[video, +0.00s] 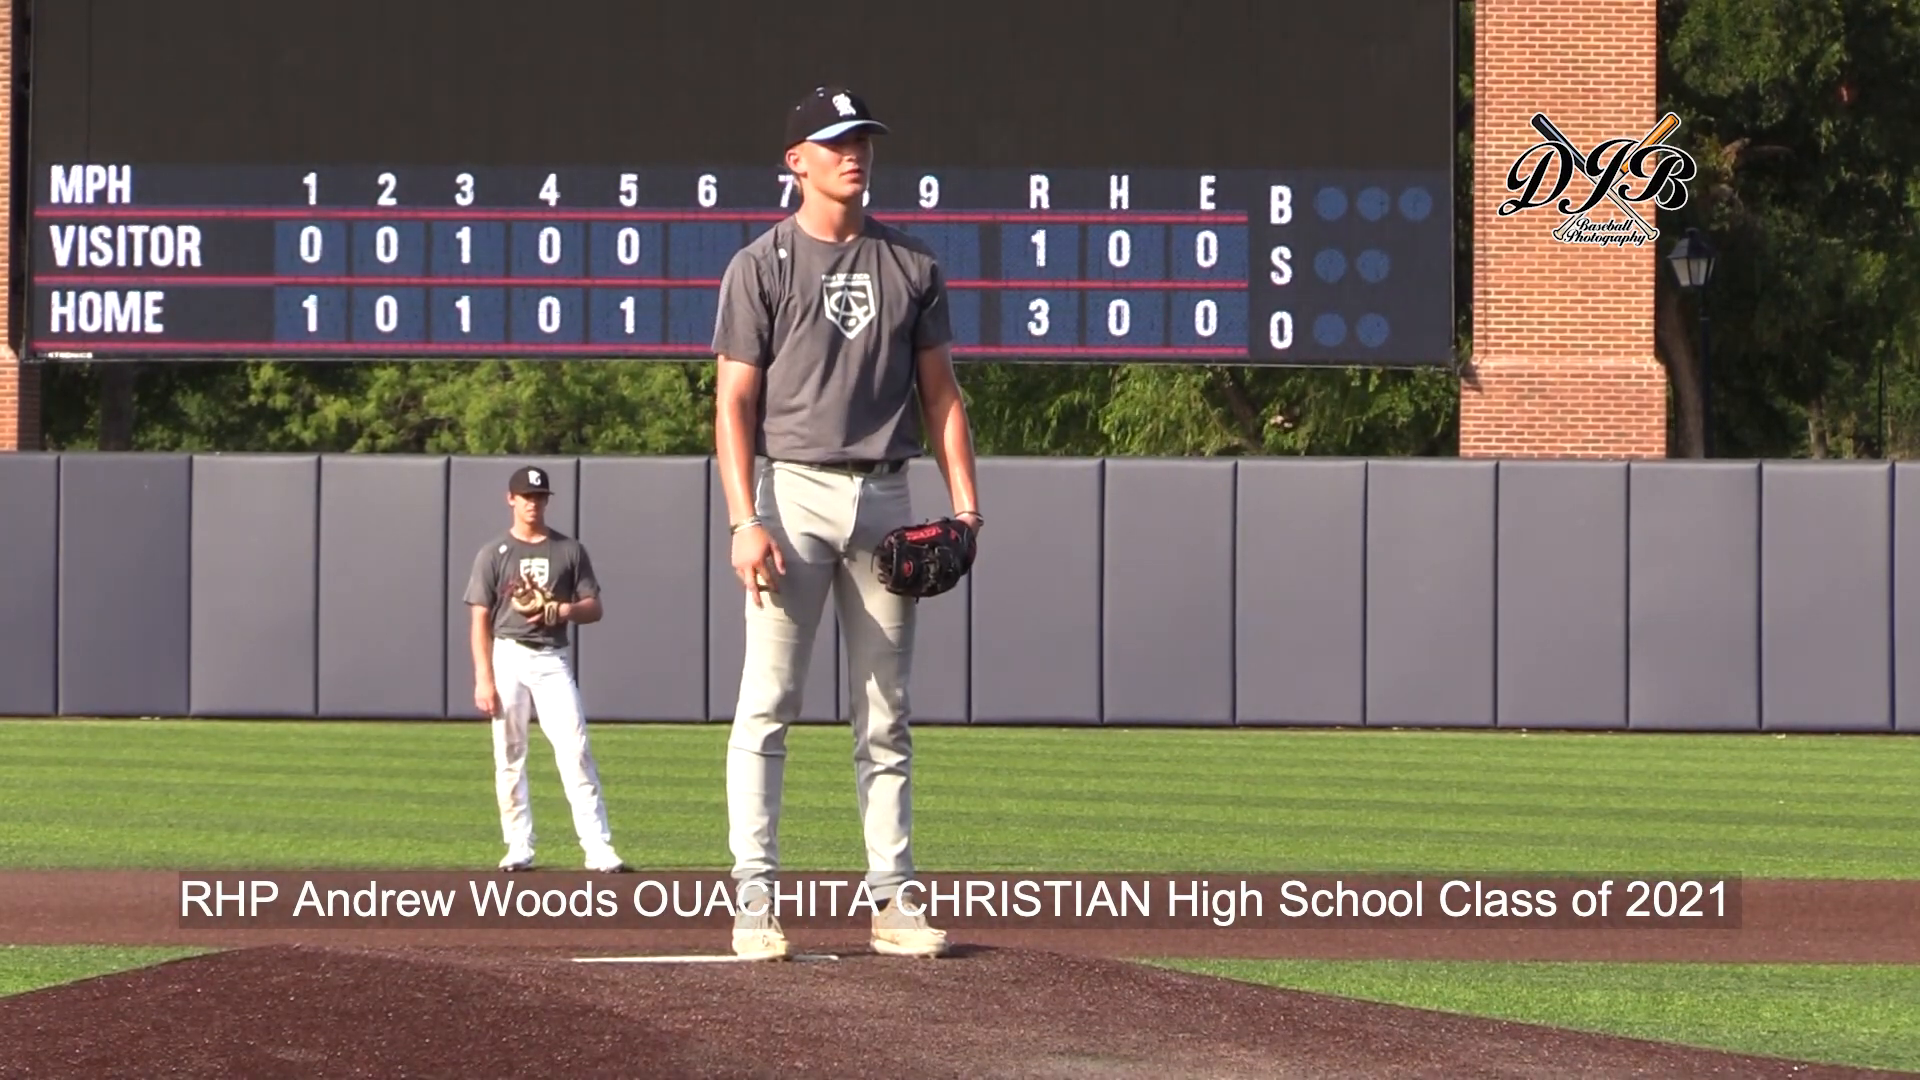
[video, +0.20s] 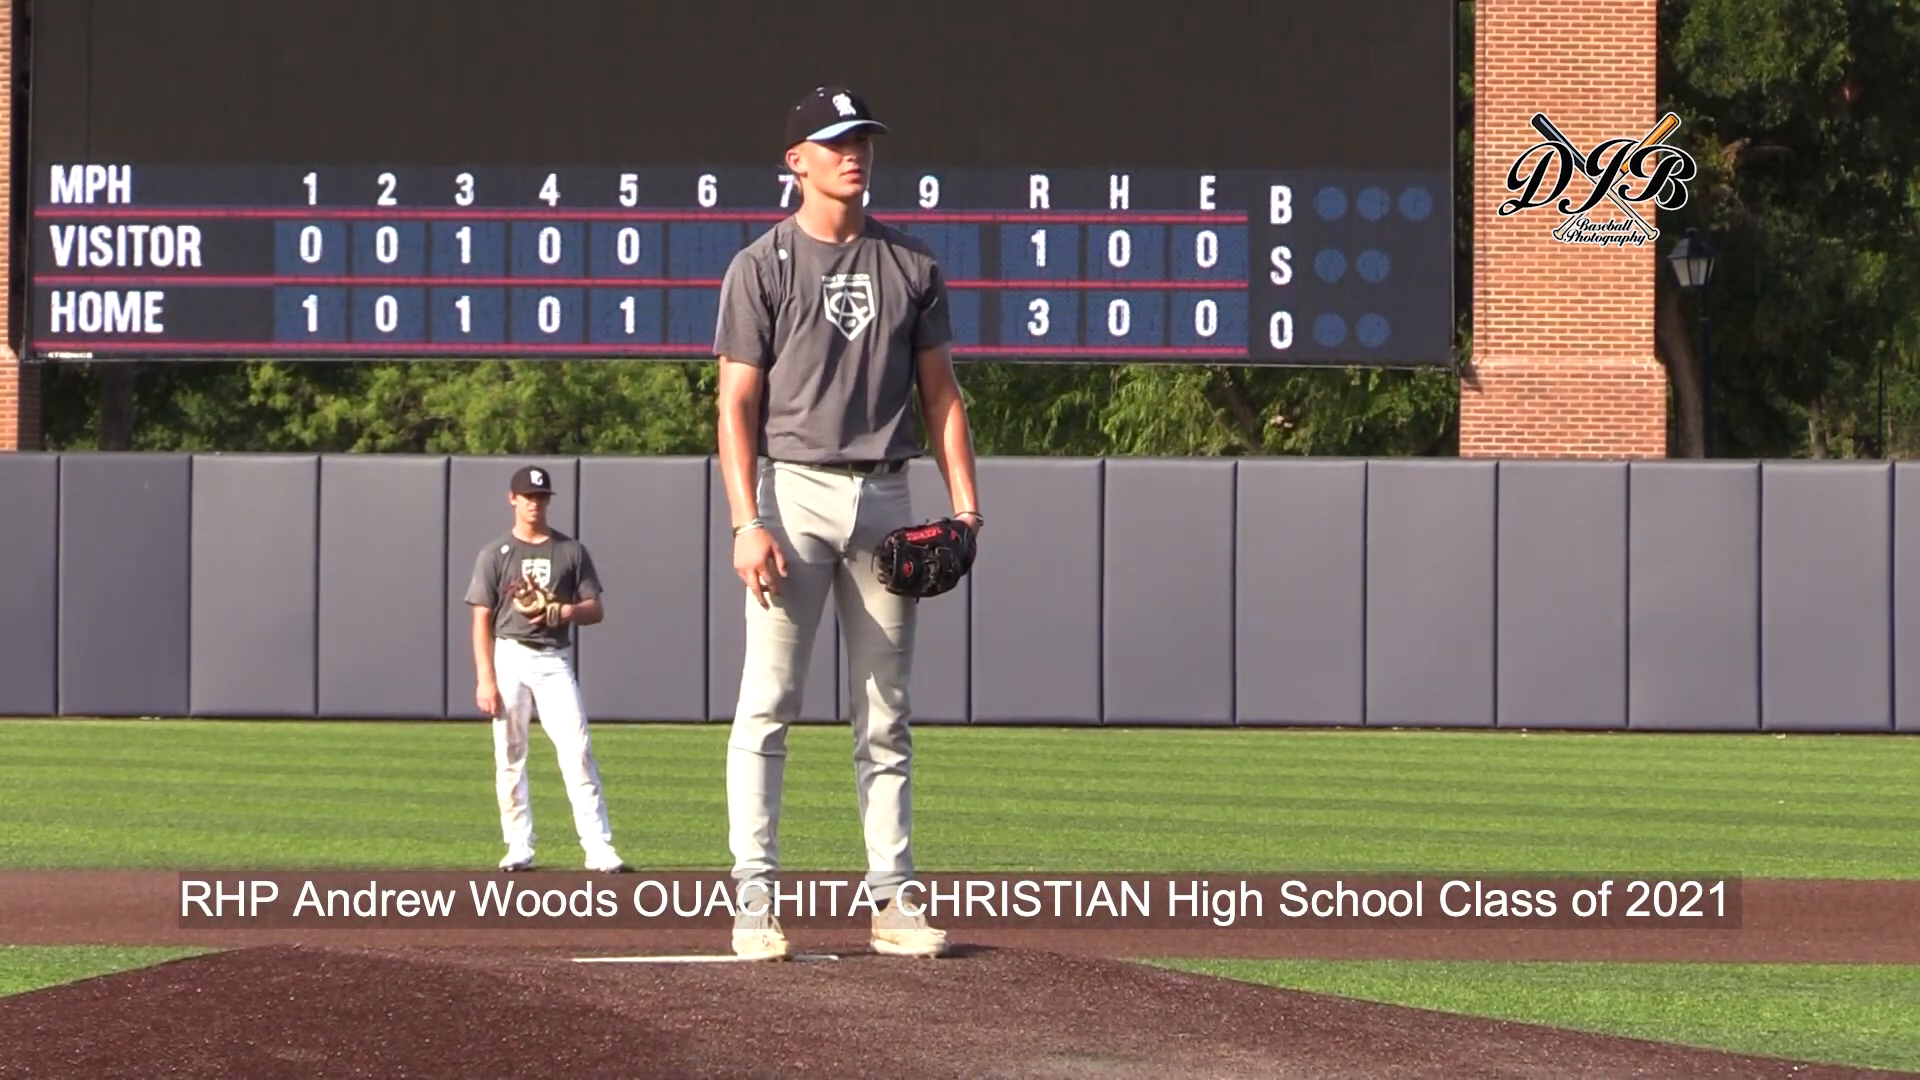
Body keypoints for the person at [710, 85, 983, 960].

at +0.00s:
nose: (854, 159)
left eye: (861, 145)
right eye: (837, 147)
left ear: (871, 158)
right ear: (799, 160)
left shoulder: (911, 267)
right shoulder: (758, 267)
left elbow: (942, 395)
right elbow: (732, 405)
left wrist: (965, 507)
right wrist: (744, 520)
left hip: (887, 497)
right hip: (790, 493)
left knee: (885, 712)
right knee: (768, 705)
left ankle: (893, 897)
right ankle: (755, 895)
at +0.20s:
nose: (854, 159)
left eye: (862, 146)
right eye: (837, 147)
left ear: (872, 158)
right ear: (799, 160)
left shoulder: (911, 268)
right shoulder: (759, 267)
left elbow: (943, 394)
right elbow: (734, 406)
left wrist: (965, 507)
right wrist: (746, 521)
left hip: (887, 497)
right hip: (791, 494)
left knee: (886, 712)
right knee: (768, 705)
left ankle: (892, 896)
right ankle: (755, 895)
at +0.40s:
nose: (854, 159)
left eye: (862, 146)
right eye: (837, 147)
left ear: (872, 158)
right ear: (799, 160)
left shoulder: (911, 268)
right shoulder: (759, 267)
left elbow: (943, 395)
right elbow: (734, 406)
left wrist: (965, 508)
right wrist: (747, 522)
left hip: (887, 497)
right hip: (791, 493)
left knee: (886, 711)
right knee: (768, 705)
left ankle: (892, 897)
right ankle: (755, 895)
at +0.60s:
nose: (854, 159)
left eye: (862, 146)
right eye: (837, 147)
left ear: (872, 158)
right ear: (799, 160)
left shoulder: (911, 267)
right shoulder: (759, 267)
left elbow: (943, 394)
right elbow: (734, 406)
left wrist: (965, 507)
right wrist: (746, 522)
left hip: (888, 497)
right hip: (791, 493)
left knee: (887, 712)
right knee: (768, 705)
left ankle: (892, 897)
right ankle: (755, 896)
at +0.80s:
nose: (855, 159)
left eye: (862, 146)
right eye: (838, 147)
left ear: (872, 159)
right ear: (799, 161)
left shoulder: (911, 267)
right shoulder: (759, 268)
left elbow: (943, 393)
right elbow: (733, 405)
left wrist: (965, 507)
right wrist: (744, 521)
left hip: (888, 497)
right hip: (792, 493)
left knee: (887, 712)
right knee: (768, 705)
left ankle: (893, 897)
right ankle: (755, 895)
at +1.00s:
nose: (853, 157)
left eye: (860, 143)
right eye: (836, 145)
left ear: (871, 157)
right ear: (798, 160)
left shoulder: (913, 268)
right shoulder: (758, 269)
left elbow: (944, 395)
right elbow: (733, 407)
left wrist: (965, 509)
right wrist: (744, 523)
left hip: (888, 496)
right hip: (792, 493)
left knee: (887, 712)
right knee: (769, 704)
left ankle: (893, 897)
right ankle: (756, 895)